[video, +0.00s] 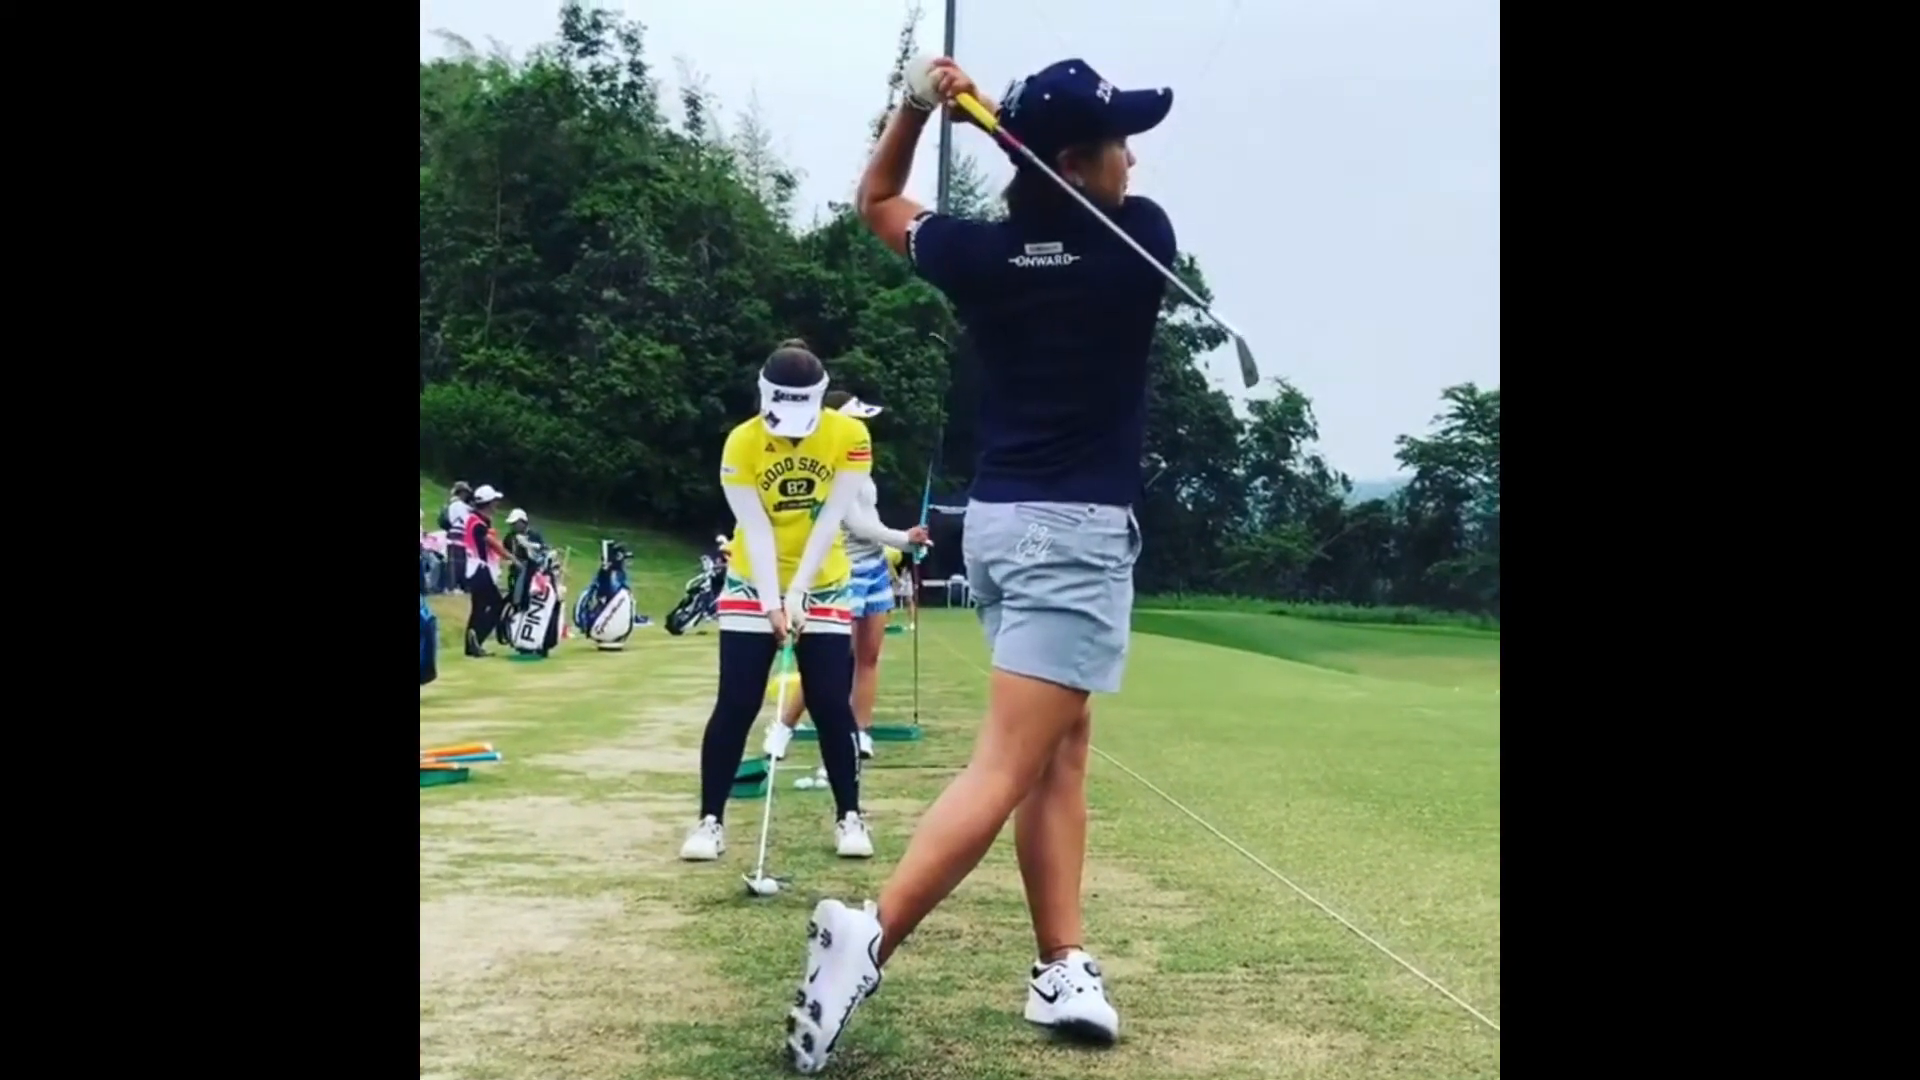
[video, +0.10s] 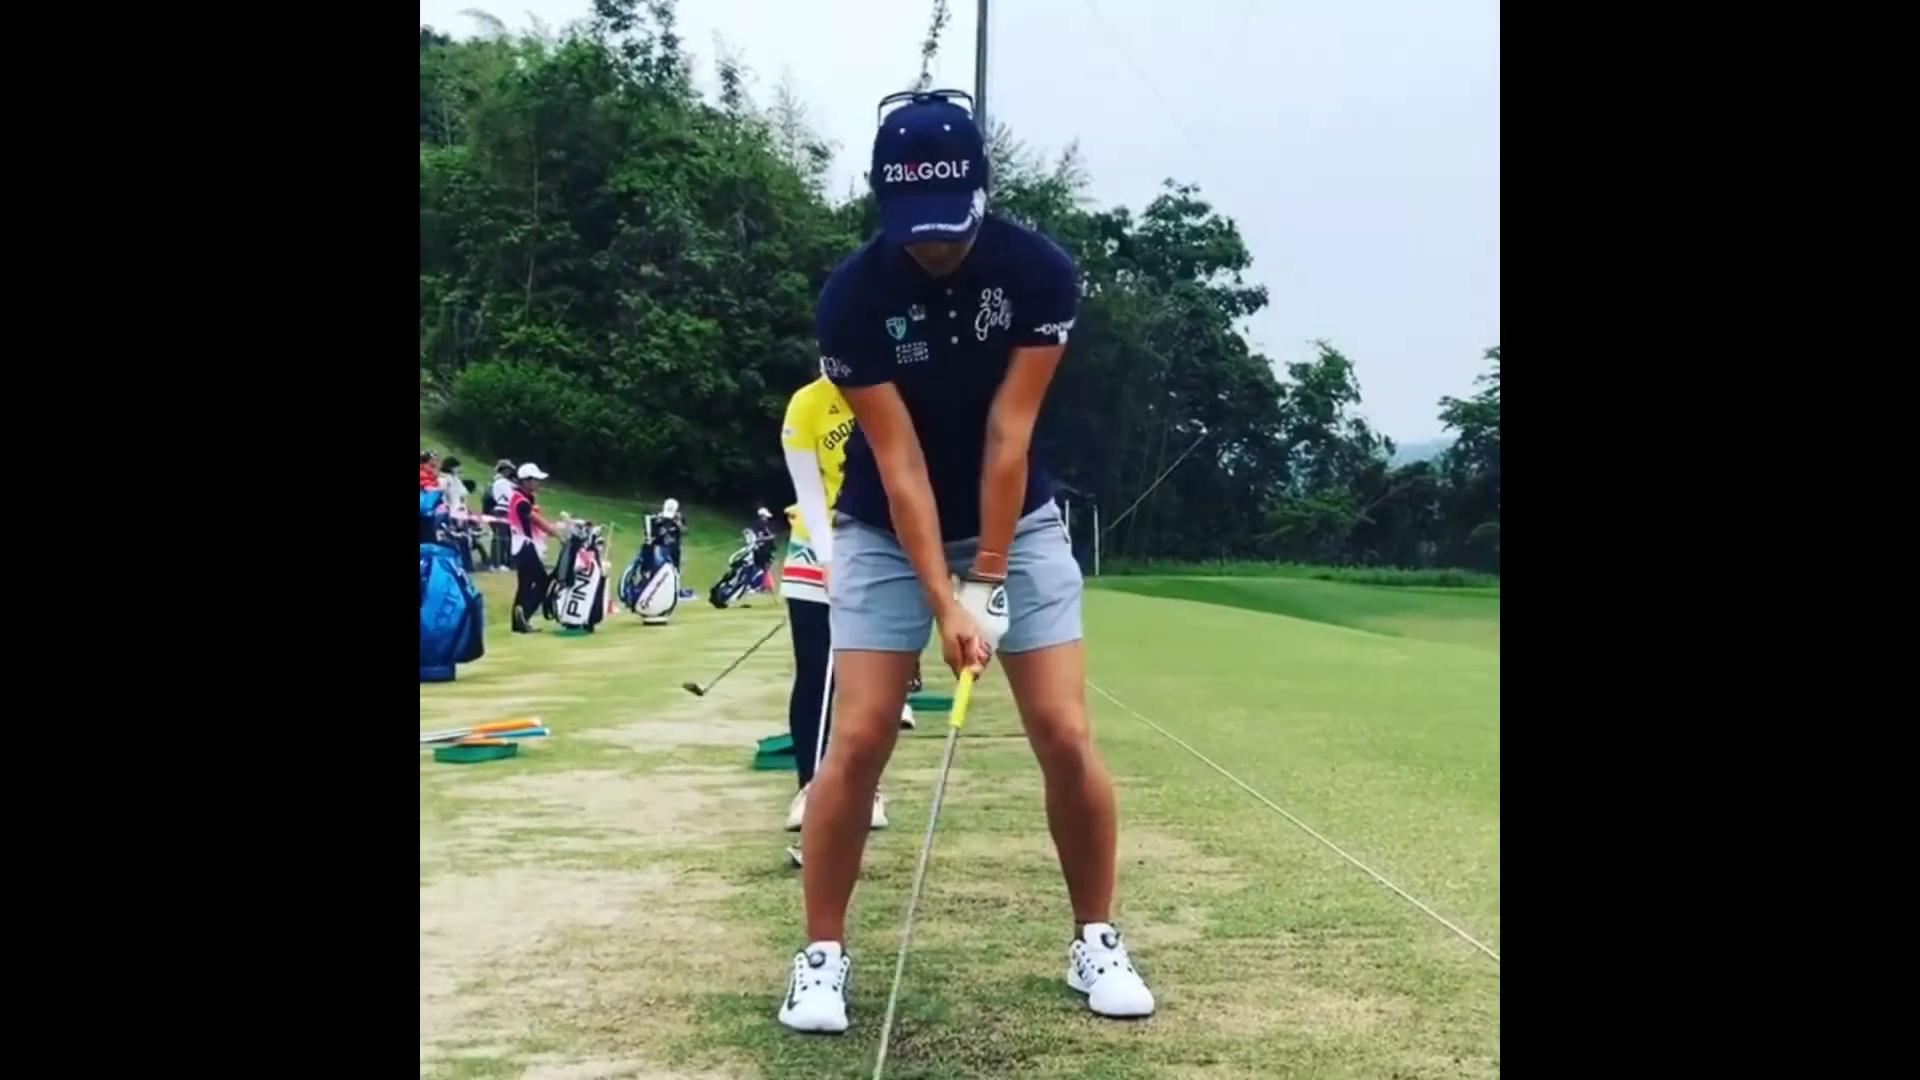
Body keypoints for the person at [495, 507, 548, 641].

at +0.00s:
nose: (513, 527)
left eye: (516, 524)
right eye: (512, 524)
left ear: (523, 523)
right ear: (512, 524)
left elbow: (543, 549)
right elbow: (506, 553)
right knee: (514, 598)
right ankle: (502, 624)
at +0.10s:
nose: (538, 484)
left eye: (538, 481)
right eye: (535, 481)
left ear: (527, 482)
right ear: (525, 481)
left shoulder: (522, 498)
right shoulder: (521, 502)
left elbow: (539, 521)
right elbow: (539, 522)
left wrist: (557, 528)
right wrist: (558, 533)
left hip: (523, 543)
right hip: (525, 545)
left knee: (525, 582)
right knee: (542, 580)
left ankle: (518, 621)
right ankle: (524, 612)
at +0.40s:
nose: (544, 490)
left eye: (545, 486)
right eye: (541, 486)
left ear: (534, 487)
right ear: (532, 487)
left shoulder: (529, 504)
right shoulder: (528, 507)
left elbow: (545, 524)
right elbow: (546, 527)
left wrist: (562, 532)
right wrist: (563, 537)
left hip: (531, 549)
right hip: (531, 550)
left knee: (531, 587)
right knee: (548, 584)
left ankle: (525, 625)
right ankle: (531, 616)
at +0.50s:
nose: (546, 490)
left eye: (546, 487)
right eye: (542, 486)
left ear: (535, 489)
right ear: (533, 488)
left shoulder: (529, 505)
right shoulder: (529, 509)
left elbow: (545, 526)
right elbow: (546, 529)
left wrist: (562, 535)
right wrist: (564, 539)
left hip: (530, 550)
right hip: (532, 552)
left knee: (532, 589)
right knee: (549, 586)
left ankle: (525, 627)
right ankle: (531, 618)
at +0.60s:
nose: (546, 492)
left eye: (546, 489)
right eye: (543, 488)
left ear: (535, 490)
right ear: (533, 490)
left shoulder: (530, 507)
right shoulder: (529, 511)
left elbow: (546, 529)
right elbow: (546, 531)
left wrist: (564, 535)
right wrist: (565, 541)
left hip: (531, 552)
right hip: (532, 553)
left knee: (531, 591)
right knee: (549, 587)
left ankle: (526, 628)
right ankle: (531, 620)